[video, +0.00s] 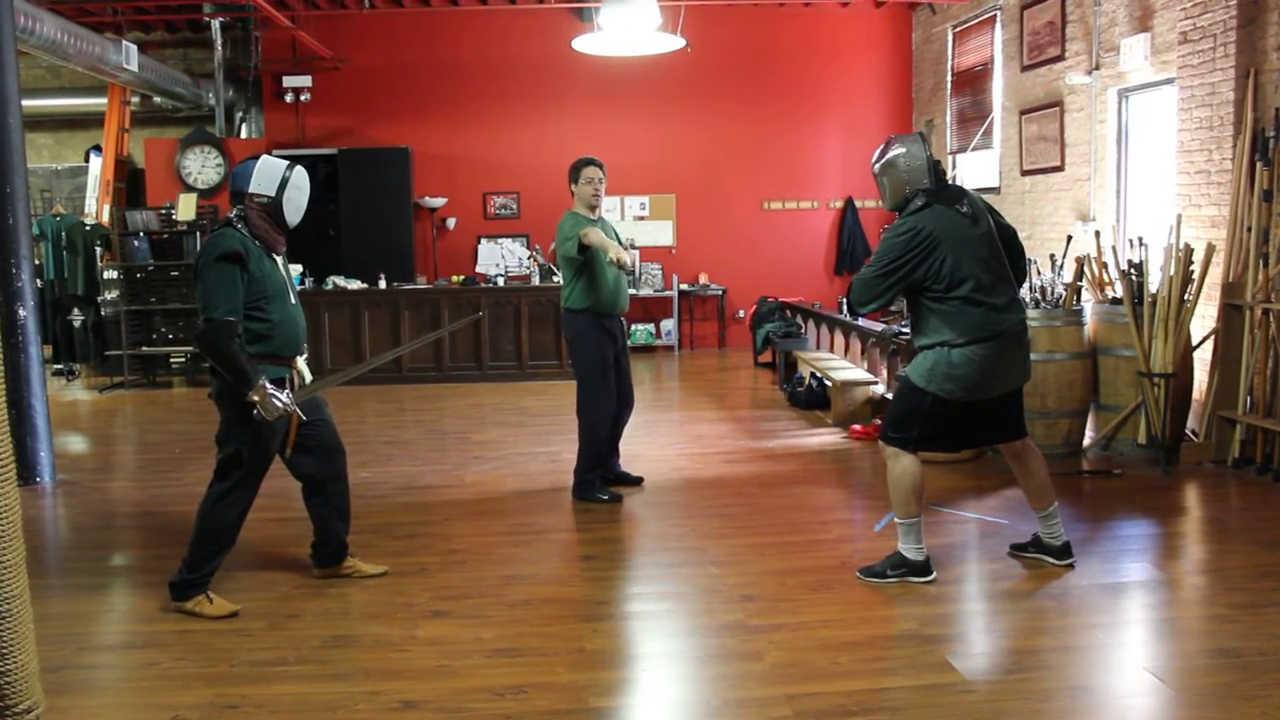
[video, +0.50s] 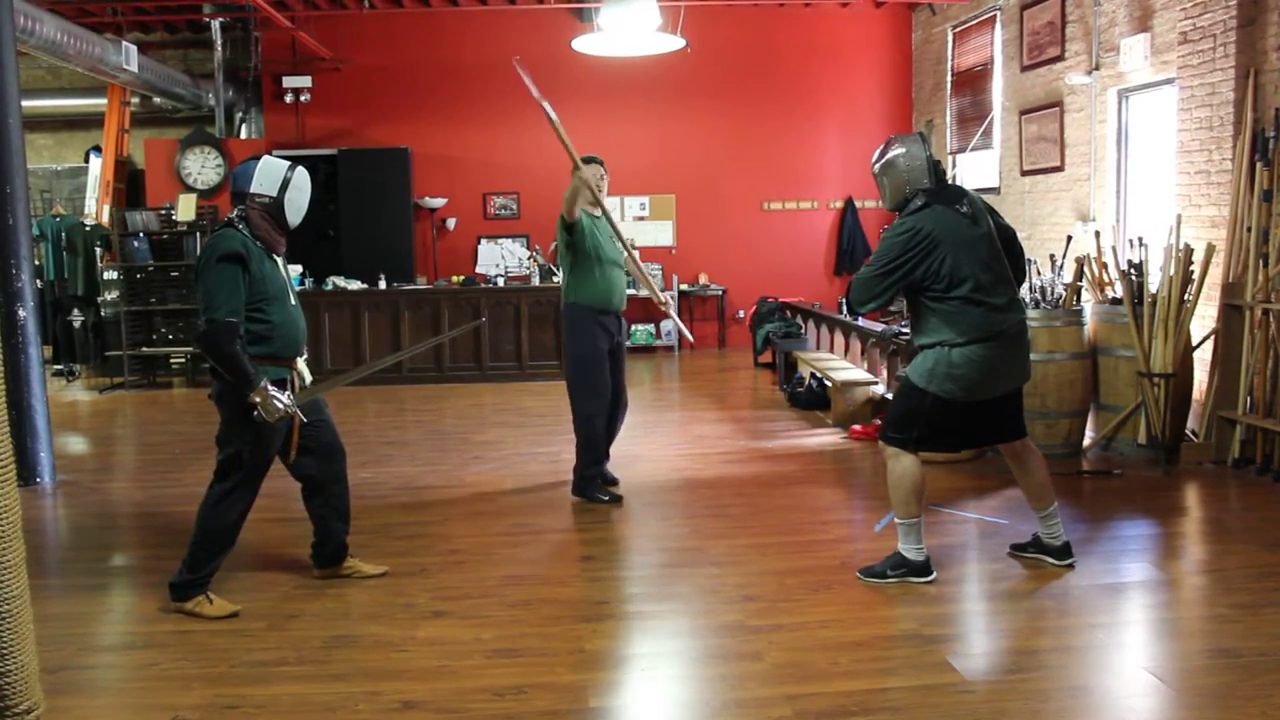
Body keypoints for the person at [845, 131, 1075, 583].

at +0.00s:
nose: (881, 193)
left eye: (883, 182)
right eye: (881, 183)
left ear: (901, 178)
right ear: (929, 172)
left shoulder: (911, 228)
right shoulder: (976, 206)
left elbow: (860, 297)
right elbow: (1017, 260)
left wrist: (891, 276)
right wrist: (993, 300)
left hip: (954, 355)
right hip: (1009, 348)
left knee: (898, 439)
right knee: (1015, 440)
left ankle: (912, 555)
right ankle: (1054, 539)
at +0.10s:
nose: (881, 193)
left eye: (883, 182)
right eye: (881, 183)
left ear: (901, 179)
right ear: (929, 172)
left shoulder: (911, 228)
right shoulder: (976, 207)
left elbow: (860, 297)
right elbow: (1017, 263)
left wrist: (891, 274)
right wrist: (987, 298)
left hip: (955, 355)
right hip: (1009, 349)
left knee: (898, 439)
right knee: (1015, 441)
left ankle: (912, 555)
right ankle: (1054, 540)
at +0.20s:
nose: (882, 193)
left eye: (883, 182)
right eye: (881, 183)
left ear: (901, 178)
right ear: (928, 172)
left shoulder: (911, 228)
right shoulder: (976, 206)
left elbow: (860, 297)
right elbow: (1017, 261)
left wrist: (892, 274)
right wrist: (991, 301)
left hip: (954, 355)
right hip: (1009, 349)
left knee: (898, 440)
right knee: (1015, 441)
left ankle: (912, 556)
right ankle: (1054, 540)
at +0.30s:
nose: (881, 193)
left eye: (883, 182)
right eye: (881, 183)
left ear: (901, 179)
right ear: (928, 172)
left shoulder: (911, 228)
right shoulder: (976, 206)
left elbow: (859, 297)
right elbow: (1017, 262)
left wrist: (891, 275)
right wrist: (990, 300)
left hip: (954, 355)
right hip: (1009, 349)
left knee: (898, 440)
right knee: (1015, 441)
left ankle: (912, 556)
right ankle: (1054, 540)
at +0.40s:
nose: (881, 193)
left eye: (883, 182)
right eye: (881, 183)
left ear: (901, 179)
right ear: (928, 172)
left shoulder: (911, 228)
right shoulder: (976, 207)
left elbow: (859, 297)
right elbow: (1017, 262)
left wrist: (890, 275)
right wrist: (990, 300)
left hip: (954, 355)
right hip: (1009, 349)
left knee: (898, 440)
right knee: (1015, 441)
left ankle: (912, 556)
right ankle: (1054, 540)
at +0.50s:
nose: (882, 193)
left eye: (883, 182)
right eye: (881, 183)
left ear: (901, 178)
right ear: (928, 171)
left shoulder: (911, 228)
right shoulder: (976, 206)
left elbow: (859, 296)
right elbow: (1017, 262)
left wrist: (889, 276)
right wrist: (990, 300)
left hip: (954, 355)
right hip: (1008, 348)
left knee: (898, 440)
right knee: (1015, 441)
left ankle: (912, 556)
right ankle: (1054, 540)